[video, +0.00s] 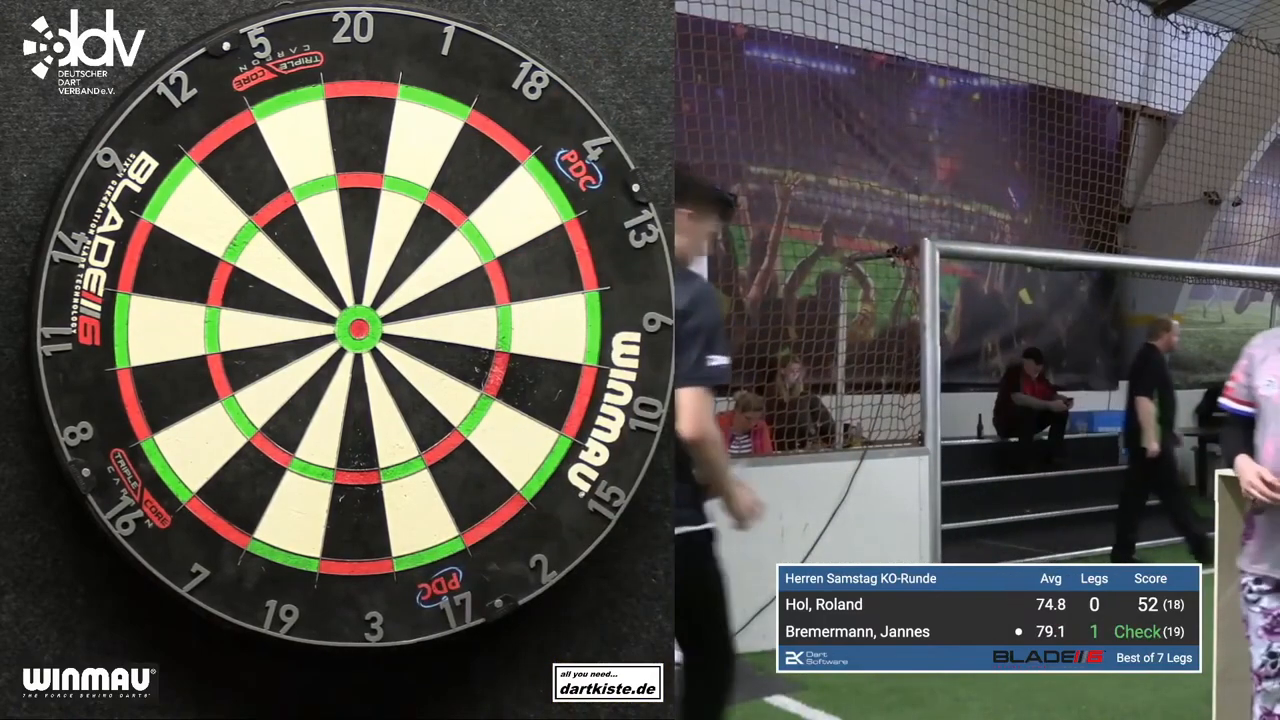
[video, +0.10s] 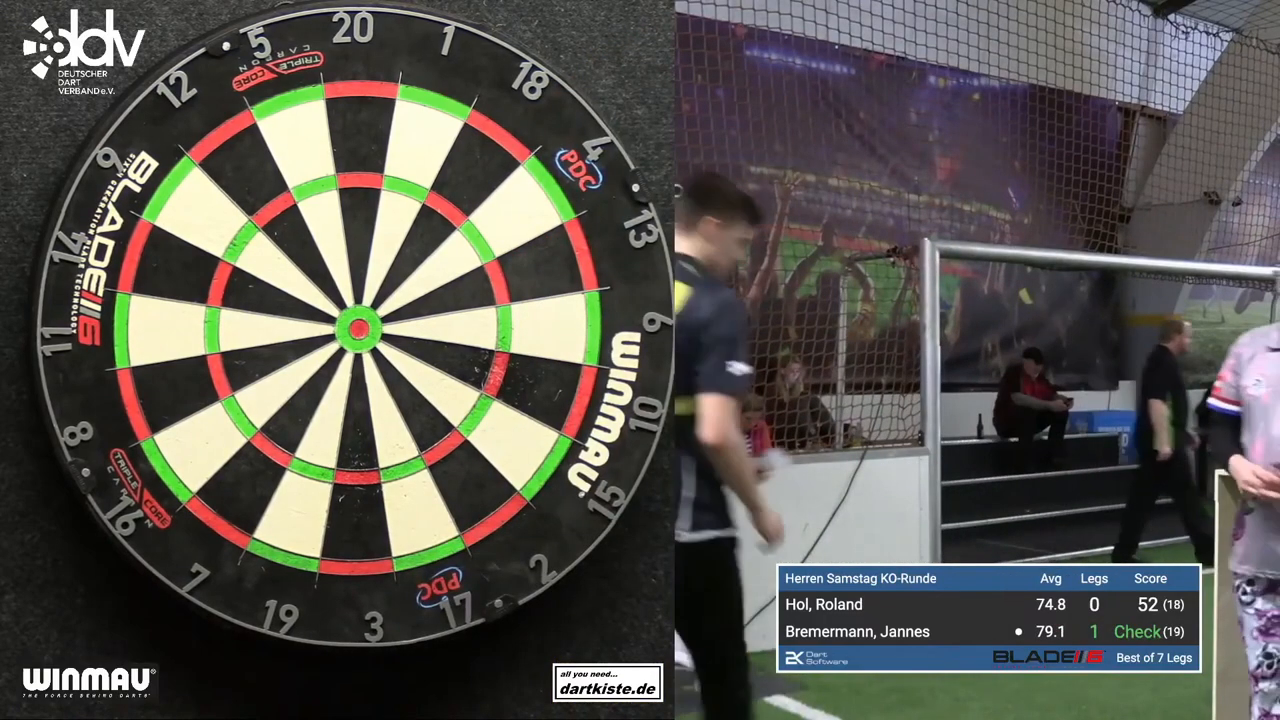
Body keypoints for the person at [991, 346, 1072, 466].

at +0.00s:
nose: (1038, 368)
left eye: (1040, 365)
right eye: (1035, 364)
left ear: (1042, 366)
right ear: (1026, 362)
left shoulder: (1040, 379)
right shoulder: (1013, 374)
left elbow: (1051, 395)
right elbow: (1017, 398)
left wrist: (1064, 401)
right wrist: (1050, 405)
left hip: (1029, 421)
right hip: (1007, 422)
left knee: (1060, 411)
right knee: (1028, 414)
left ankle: (1054, 453)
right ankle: (1025, 457)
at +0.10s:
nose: (1038, 368)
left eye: (1040, 365)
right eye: (1035, 364)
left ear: (1042, 366)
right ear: (1025, 362)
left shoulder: (1040, 380)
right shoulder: (1013, 374)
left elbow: (1051, 395)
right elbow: (1016, 398)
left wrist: (1064, 401)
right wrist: (1050, 405)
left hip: (1029, 421)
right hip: (1007, 423)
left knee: (1060, 411)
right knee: (1028, 414)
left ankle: (1054, 453)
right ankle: (1025, 459)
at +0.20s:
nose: (1038, 368)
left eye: (1040, 365)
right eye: (1035, 364)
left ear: (1042, 366)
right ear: (1025, 362)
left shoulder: (1040, 380)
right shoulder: (1013, 374)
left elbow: (1051, 395)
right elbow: (1016, 398)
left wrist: (1064, 401)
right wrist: (1050, 405)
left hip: (1029, 421)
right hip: (1007, 423)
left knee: (1060, 412)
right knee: (1028, 414)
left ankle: (1054, 454)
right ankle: (1025, 459)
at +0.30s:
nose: (1038, 368)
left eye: (1040, 365)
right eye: (1035, 364)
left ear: (1042, 366)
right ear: (1025, 362)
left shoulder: (1040, 380)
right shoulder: (1013, 374)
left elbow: (1051, 395)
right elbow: (1016, 399)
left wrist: (1064, 401)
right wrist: (1050, 405)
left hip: (1029, 421)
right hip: (1007, 423)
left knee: (1060, 412)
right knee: (1028, 414)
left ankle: (1054, 454)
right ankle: (1025, 460)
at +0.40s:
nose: (1038, 368)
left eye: (1040, 365)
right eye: (1035, 364)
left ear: (1042, 366)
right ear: (1025, 362)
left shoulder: (1040, 380)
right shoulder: (1013, 374)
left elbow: (1051, 395)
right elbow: (1016, 399)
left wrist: (1064, 401)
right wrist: (1050, 405)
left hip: (1029, 421)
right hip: (1007, 423)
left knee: (1060, 412)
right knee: (1028, 414)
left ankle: (1054, 454)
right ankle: (1025, 460)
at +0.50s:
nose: (1038, 368)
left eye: (1040, 365)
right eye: (1035, 364)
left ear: (1042, 366)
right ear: (1025, 362)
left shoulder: (1040, 380)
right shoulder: (1013, 374)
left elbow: (1051, 395)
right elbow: (1016, 399)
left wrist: (1064, 401)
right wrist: (1050, 405)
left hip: (1029, 421)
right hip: (1007, 423)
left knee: (1060, 412)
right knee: (1028, 414)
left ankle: (1054, 454)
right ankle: (1025, 460)